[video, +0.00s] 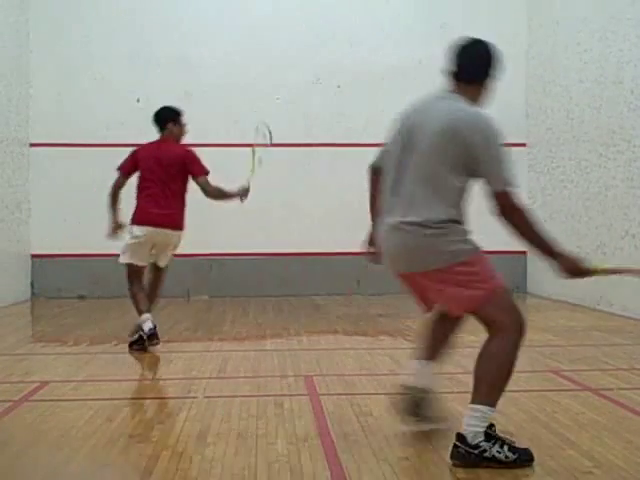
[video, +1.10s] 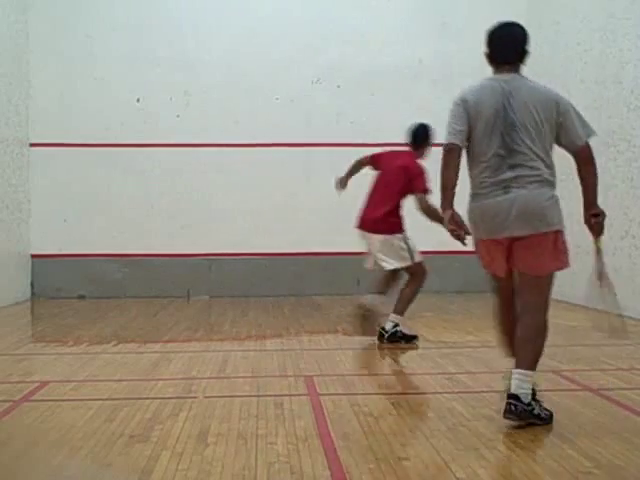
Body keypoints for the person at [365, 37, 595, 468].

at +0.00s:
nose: (488, 84)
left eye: (483, 75)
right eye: (489, 77)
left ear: (453, 72)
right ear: (486, 78)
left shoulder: (417, 111)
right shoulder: (477, 124)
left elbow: (377, 170)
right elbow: (506, 206)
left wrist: (376, 228)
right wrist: (560, 257)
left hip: (394, 239)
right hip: (437, 240)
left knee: (452, 306)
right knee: (508, 324)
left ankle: (415, 388)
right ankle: (475, 436)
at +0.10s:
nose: (533, 97)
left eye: (530, 88)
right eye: (533, 90)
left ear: (496, 81)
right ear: (529, 90)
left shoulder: (453, 116)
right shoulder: (518, 131)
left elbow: (400, 156)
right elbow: (550, 207)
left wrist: (371, 206)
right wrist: (609, 245)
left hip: (429, 238)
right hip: (469, 241)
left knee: (491, 306)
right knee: (519, 331)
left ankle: (500, 385)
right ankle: (474, 434)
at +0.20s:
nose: (563, 109)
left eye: (563, 102)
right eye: (564, 102)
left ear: (527, 92)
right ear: (560, 101)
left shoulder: (485, 120)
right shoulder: (549, 137)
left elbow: (428, 149)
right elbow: (586, 207)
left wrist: (388, 192)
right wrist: (636, 235)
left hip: (457, 234)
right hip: (496, 238)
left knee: (520, 306)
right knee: (520, 333)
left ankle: (554, 371)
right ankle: (477, 426)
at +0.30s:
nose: (590, 126)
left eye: (590, 120)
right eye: (590, 120)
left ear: (556, 109)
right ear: (582, 117)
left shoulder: (512, 133)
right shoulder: (573, 150)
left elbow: (457, 165)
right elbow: (607, 215)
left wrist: (421, 210)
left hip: (487, 246)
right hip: (522, 250)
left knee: (555, 299)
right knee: (539, 337)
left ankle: (575, 378)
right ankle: (486, 414)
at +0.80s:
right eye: (575, 91)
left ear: (540, 90)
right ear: (576, 92)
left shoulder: (516, 124)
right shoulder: (591, 127)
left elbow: (469, 164)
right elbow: (592, 190)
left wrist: (440, 211)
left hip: (517, 231)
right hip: (566, 230)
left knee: (559, 296)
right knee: (585, 313)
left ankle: (579, 377)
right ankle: (536, 375)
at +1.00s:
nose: (515, 68)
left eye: (509, 62)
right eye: (535, 62)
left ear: (505, 65)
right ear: (542, 66)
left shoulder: (482, 107)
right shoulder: (562, 108)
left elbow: (457, 155)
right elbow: (595, 169)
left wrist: (448, 209)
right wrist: (587, 210)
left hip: (501, 222)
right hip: (551, 218)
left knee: (534, 303)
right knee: (545, 309)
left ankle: (557, 375)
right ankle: (521, 391)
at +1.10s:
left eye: (489, 51)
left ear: (488, 55)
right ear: (525, 55)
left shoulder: (468, 99)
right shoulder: (548, 98)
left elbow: (452, 151)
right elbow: (584, 154)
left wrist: (448, 207)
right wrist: (591, 207)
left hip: (487, 216)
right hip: (539, 214)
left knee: (506, 296)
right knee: (533, 303)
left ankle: (523, 376)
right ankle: (519, 394)